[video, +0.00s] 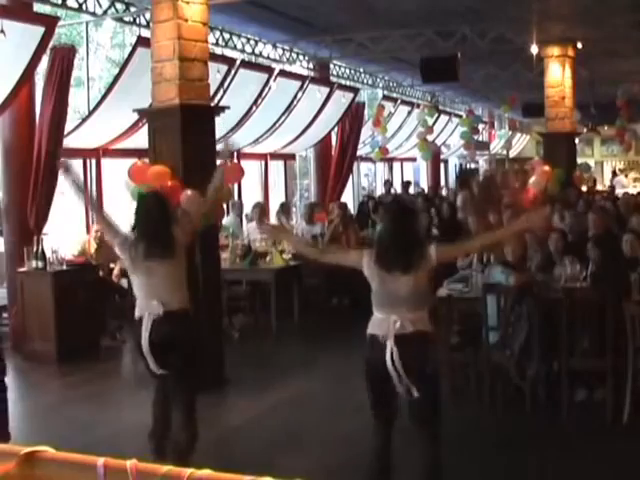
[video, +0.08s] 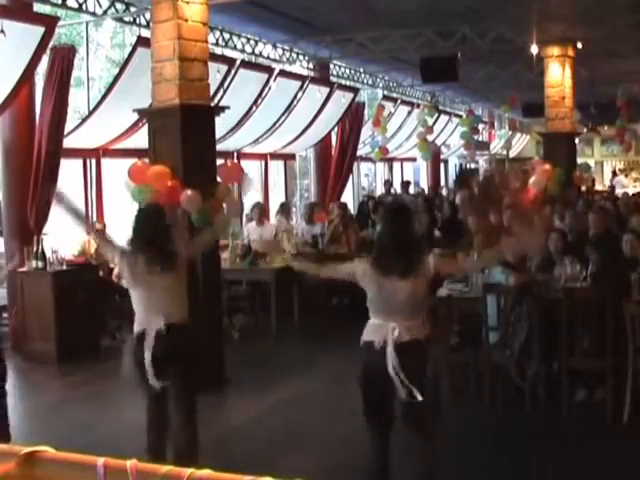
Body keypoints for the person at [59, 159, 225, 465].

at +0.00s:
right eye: (168, 210)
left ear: (138, 216)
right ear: (167, 215)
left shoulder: (129, 247)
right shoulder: (177, 239)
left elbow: (97, 211)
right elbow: (206, 205)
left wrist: (68, 173)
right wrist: (222, 168)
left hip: (151, 321)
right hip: (181, 318)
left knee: (161, 386)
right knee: (184, 389)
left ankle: (159, 450)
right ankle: (183, 454)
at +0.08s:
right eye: (162, 222)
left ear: (136, 229)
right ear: (165, 229)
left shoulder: (128, 260)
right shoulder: (179, 257)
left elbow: (92, 229)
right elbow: (211, 235)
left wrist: (60, 200)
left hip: (147, 334)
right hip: (179, 332)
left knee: (154, 398)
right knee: (183, 398)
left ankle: (155, 460)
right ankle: (185, 462)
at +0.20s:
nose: (170, 221)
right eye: (167, 216)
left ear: (137, 219)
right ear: (164, 219)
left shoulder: (123, 250)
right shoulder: (175, 249)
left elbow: (95, 238)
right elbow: (212, 244)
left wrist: (70, 223)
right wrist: (248, 227)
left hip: (139, 328)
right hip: (172, 326)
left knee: (146, 392)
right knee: (175, 392)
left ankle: (152, 458)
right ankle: (178, 458)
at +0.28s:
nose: (168, 214)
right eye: (166, 209)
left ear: (131, 213)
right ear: (162, 213)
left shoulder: (123, 245)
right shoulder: (170, 243)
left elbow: (102, 241)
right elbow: (210, 246)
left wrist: (80, 231)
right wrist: (239, 232)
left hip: (139, 321)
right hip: (173, 320)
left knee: (140, 389)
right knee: (167, 356)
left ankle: (143, 459)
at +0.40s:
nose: (169, 220)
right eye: (166, 216)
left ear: (130, 218)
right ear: (160, 219)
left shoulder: (126, 252)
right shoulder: (165, 249)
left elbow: (110, 253)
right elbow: (190, 257)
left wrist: (91, 248)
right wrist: (198, 236)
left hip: (140, 330)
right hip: (174, 328)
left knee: (137, 403)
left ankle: (135, 464)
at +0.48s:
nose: (170, 223)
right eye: (167, 217)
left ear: (137, 219)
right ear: (163, 220)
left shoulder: (128, 253)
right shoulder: (164, 249)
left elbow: (109, 252)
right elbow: (188, 263)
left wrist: (88, 245)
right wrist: (195, 258)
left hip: (137, 333)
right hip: (170, 331)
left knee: (137, 401)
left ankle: (135, 464)